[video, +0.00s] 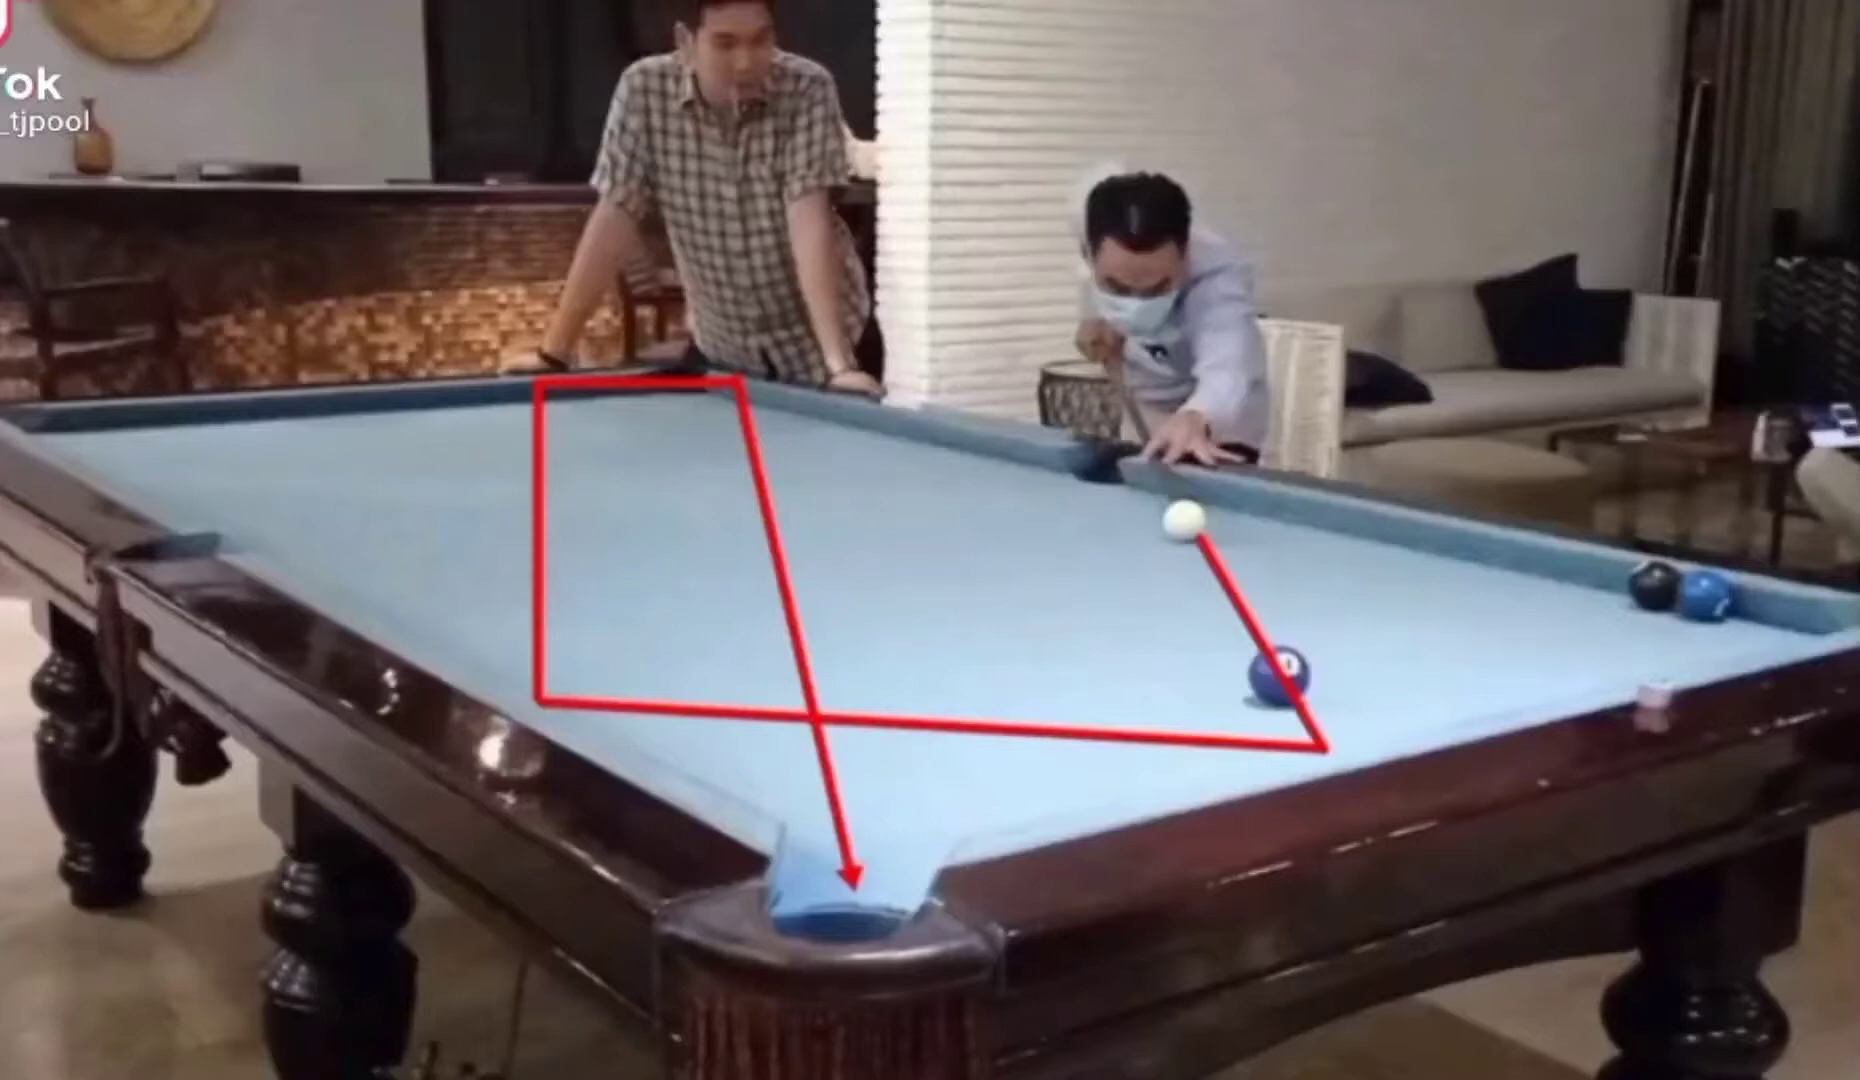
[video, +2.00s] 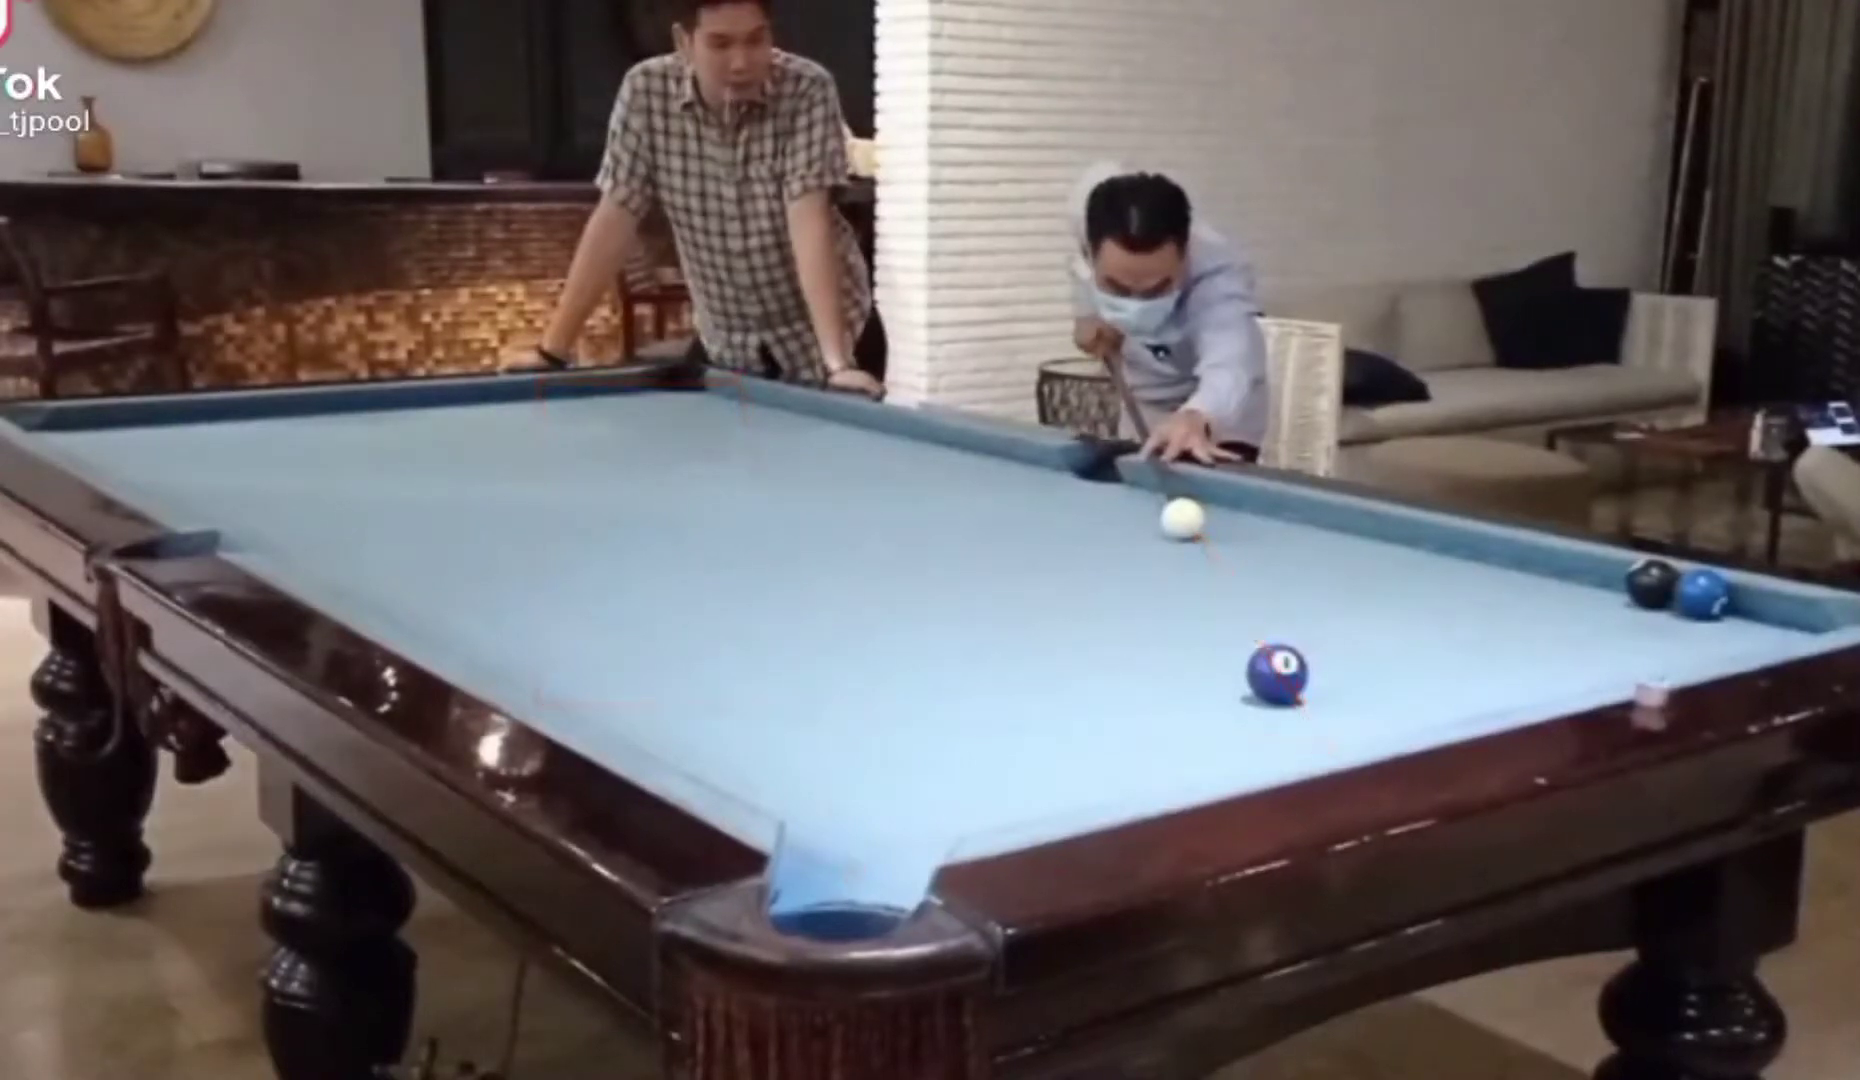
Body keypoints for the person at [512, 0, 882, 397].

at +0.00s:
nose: (746, 62)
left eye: (759, 41)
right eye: (726, 44)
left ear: (774, 36)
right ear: (686, 43)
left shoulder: (806, 89)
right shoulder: (644, 90)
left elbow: (810, 220)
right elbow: (614, 216)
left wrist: (840, 364)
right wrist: (553, 354)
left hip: (821, 347)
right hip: (722, 347)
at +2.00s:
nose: (740, 62)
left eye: (755, 41)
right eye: (720, 44)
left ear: (771, 36)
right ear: (684, 44)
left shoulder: (806, 90)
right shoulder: (647, 91)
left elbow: (809, 216)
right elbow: (616, 213)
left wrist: (838, 363)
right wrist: (553, 351)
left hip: (824, 343)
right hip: (725, 345)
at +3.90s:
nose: (721, 40)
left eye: (737, 21)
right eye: (702, 22)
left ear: (757, 23)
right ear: (669, 26)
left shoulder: (803, 94)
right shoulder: (641, 92)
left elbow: (810, 223)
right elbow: (614, 217)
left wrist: (837, 361)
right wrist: (553, 350)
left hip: (822, 341)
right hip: (724, 343)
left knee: (834, 495)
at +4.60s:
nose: (757, 29)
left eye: (765, 13)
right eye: (737, 15)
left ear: (777, 19)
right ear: (691, 23)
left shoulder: (811, 101)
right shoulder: (638, 90)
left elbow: (858, 225)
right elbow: (610, 214)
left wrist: (836, 288)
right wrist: (553, 350)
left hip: (814, 342)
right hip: (701, 345)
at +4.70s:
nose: (766, 31)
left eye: (774, 14)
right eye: (745, 16)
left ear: (784, 19)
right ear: (698, 24)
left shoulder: (813, 102)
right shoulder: (642, 88)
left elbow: (858, 228)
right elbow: (610, 217)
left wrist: (832, 248)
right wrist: (552, 350)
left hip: (816, 336)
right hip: (702, 341)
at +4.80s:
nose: (772, 35)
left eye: (779, 17)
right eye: (751, 19)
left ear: (789, 21)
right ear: (704, 25)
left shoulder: (814, 100)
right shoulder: (645, 87)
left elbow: (852, 247)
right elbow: (610, 218)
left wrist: (820, 202)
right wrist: (552, 351)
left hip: (815, 333)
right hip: (701, 339)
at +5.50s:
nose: (767, 40)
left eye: (777, 23)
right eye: (746, 23)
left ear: (788, 26)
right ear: (703, 26)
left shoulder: (812, 101)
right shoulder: (649, 89)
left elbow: (845, 222)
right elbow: (612, 218)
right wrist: (552, 352)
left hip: (808, 335)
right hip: (701, 344)